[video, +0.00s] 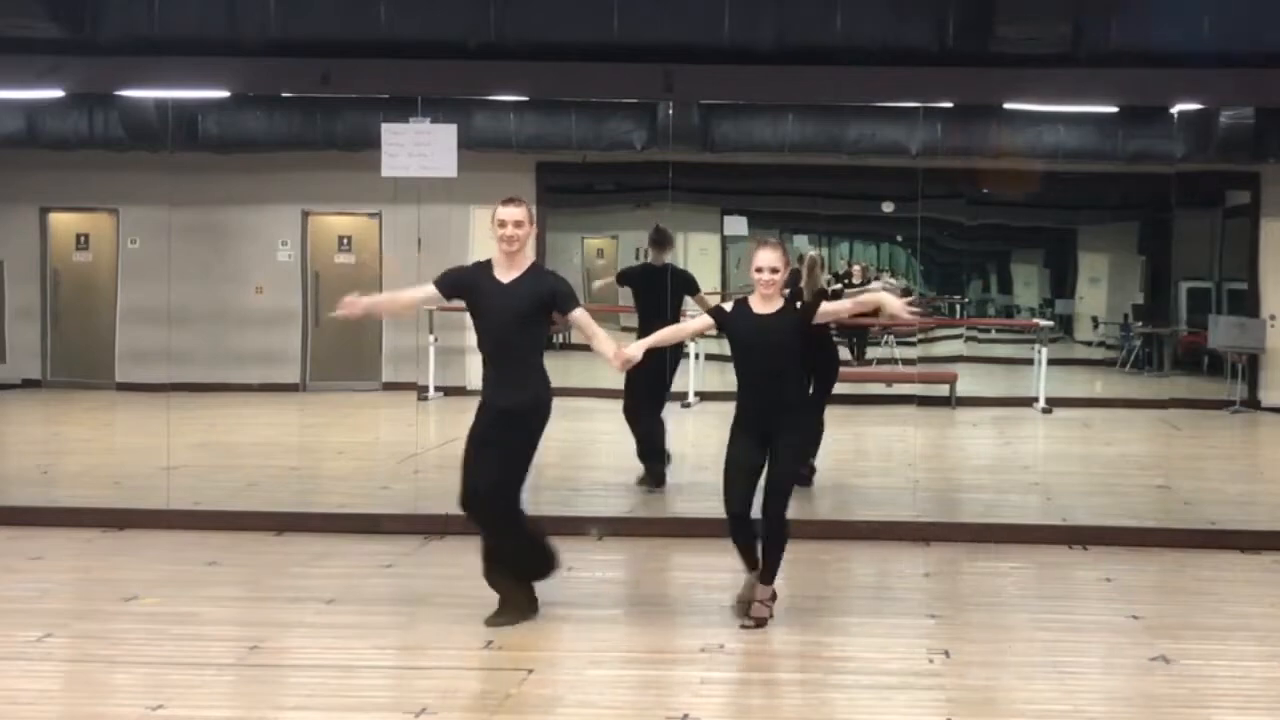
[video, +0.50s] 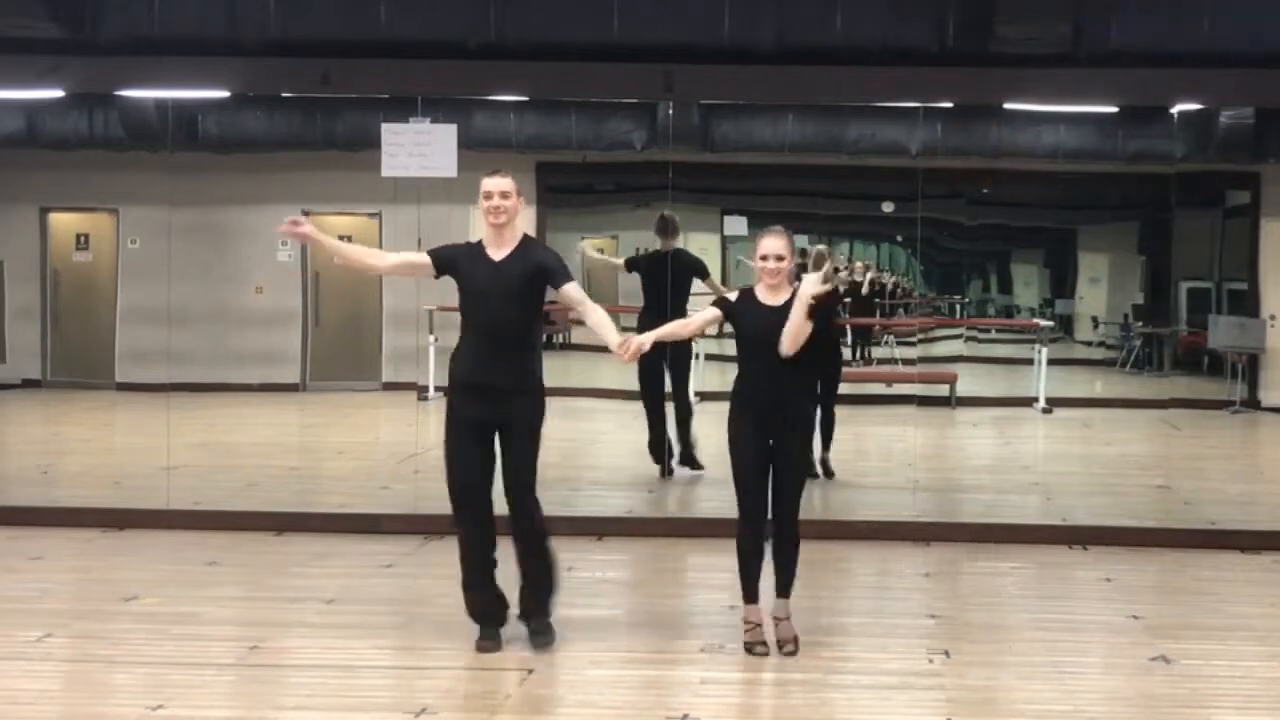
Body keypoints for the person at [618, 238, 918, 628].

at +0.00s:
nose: (766, 277)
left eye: (774, 270)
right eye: (760, 270)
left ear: (786, 274)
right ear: (751, 273)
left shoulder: (801, 312)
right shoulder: (732, 313)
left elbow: (846, 307)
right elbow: (684, 329)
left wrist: (881, 298)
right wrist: (642, 344)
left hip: (792, 422)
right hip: (750, 421)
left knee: (774, 508)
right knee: (735, 509)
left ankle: (766, 589)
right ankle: (755, 573)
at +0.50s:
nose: (771, 265)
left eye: (778, 258)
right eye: (764, 258)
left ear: (792, 262)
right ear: (754, 261)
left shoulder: (811, 305)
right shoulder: (739, 301)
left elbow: (788, 347)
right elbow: (693, 324)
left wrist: (803, 293)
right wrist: (649, 336)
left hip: (795, 423)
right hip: (749, 422)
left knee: (786, 518)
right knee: (752, 517)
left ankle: (783, 610)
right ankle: (753, 613)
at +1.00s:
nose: (778, 266)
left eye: (786, 259)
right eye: (771, 258)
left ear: (800, 263)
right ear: (761, 262)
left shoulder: (818, 306)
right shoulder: (746, 303)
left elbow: (806, 360)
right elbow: (699, 334)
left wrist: (764, 342)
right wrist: (669, 351)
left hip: (802, 424)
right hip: (759, 422)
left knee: (799, 522)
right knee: (770, 519)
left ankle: (786, 619)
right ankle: (756, 617)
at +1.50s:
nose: (767, 281)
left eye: (774, 275)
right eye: (767, 275)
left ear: (800, 277)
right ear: (777, 280)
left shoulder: (836, 317)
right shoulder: (766, 322)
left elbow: (878, 355)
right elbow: (712, 340)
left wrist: (845, 396)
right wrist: (689, 333)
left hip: (816, 433)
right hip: (768, 429)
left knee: (809, 529)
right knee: (731, 509)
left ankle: (785, 612)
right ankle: (692, 577)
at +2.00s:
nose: (784, 280)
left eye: (793, 274)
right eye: (778, 273)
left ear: (807, 280)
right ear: (768, 277)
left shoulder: (820, 324)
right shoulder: (747, 318)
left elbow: (873, 357)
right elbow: (696, 339)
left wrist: (831, 392)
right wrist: (648, 356)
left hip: (814, 440)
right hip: (769, 437)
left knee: (800, 529)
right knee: (769, 529)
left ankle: (779, 614)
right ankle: (801, 580)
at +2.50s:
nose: (761, 260)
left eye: (770, 254)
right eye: (755, 253)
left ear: (785, 263)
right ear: (744, 261)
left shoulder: (799, 311)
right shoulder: (731, 314)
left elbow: (849, 355)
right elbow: (679, 338)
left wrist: (815, 400)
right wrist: (630, 347)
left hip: (782, 435)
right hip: (735, 434)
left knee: (769, 529)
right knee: (744, 532)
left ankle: (761, 613)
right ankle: (748, 640)